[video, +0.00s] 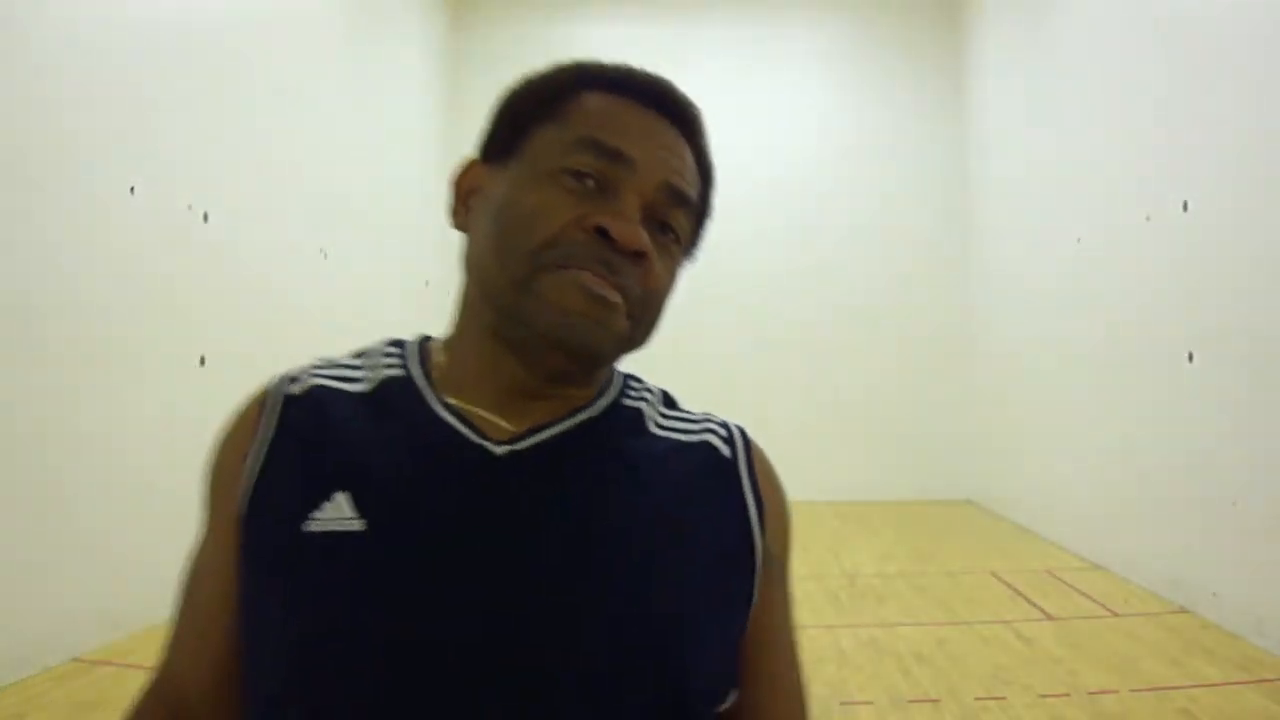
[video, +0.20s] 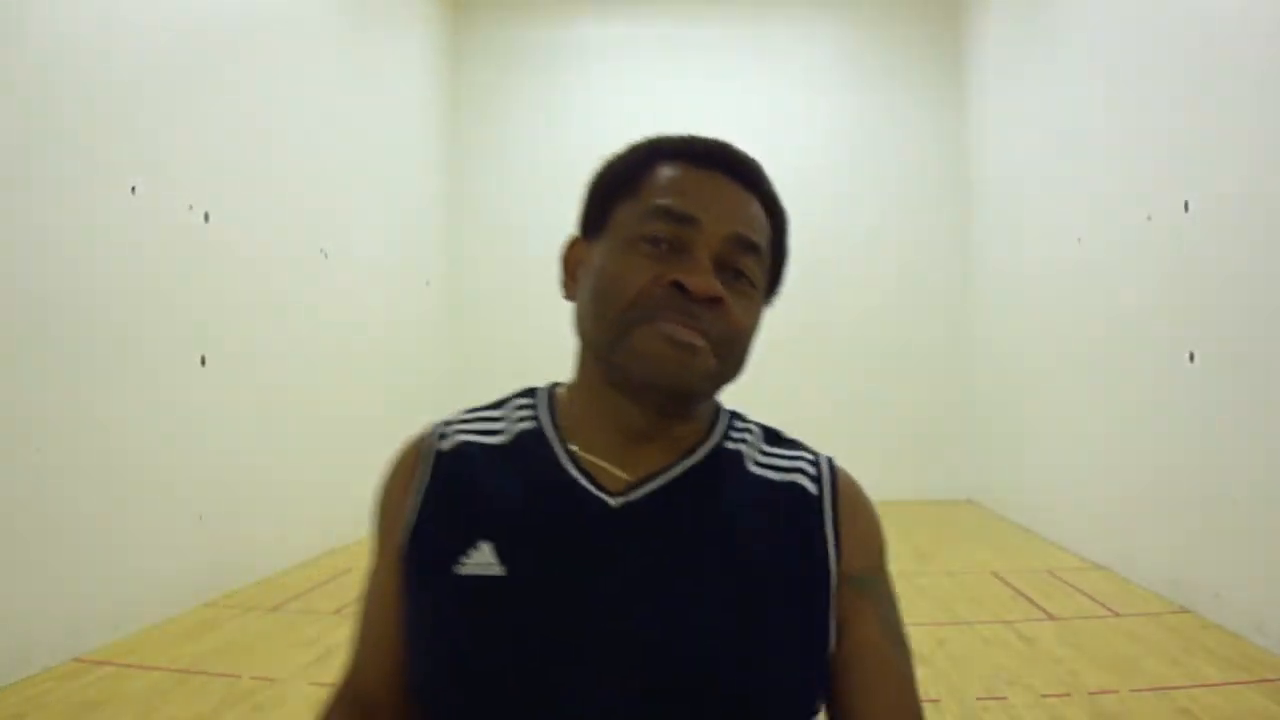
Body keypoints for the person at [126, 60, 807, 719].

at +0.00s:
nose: (628, 232)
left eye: (666, 224)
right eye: (586, 179)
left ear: (676, 283)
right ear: (470, 194)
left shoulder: (727, 487)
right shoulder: (289, 436)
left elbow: (773, 707)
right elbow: (186, 699)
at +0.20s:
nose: (699, 283)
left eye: (737, 271)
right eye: (661, 242)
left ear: (760, 321)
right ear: (576, 268)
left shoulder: (825, 512)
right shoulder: (440, 476)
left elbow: (885, 709)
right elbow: (369, 699)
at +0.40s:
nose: (726, 223)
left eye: (765, 213)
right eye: (693, 197)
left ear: (800, 281)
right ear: (633, 249)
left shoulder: (872, 456)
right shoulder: (527, 419)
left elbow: (902, 690)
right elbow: (480, 640)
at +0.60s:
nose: (680, 239)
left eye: (718, 217)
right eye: (659, 232)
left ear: (797, 260)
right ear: (644, 280)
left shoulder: (880, 440)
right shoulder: (580, 413)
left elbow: (910, 643)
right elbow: (533, 597)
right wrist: (480, 711)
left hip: (804, 708)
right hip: (608, 708)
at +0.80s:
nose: (709, 278)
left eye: (735, 257)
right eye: (680, 268)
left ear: (787, 286)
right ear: (660, 308)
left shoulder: (870, 438)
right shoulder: (610, 432)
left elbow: (967, 590)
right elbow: (561, 599)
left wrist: (1136, 677)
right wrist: (503, 713)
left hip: (813, 710)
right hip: (642, 710)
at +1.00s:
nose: (741, 345)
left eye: (761, 322)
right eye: (714, 326)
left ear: (792, 329)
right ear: (677, 339)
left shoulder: (858, 440)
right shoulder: (641, 453)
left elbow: (959, 566)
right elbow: (605, 607)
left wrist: (1056, 578)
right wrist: (556, 712)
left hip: (822, 708)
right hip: (677, 709)